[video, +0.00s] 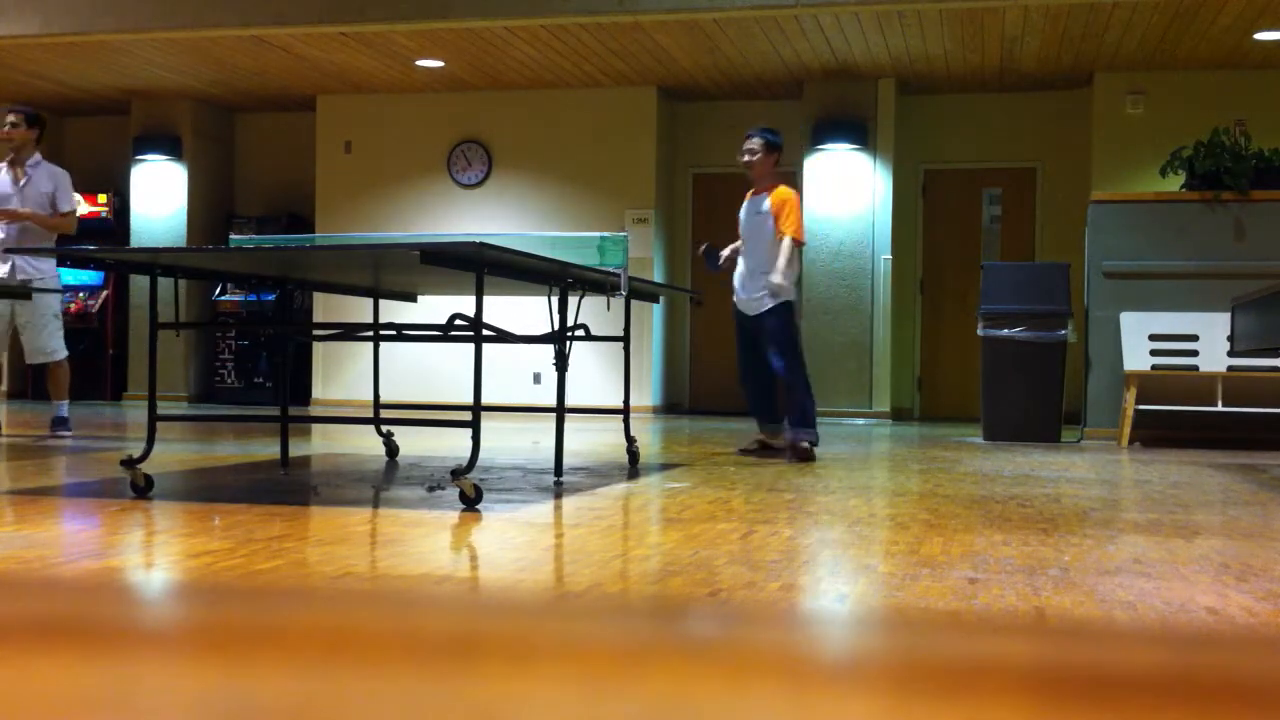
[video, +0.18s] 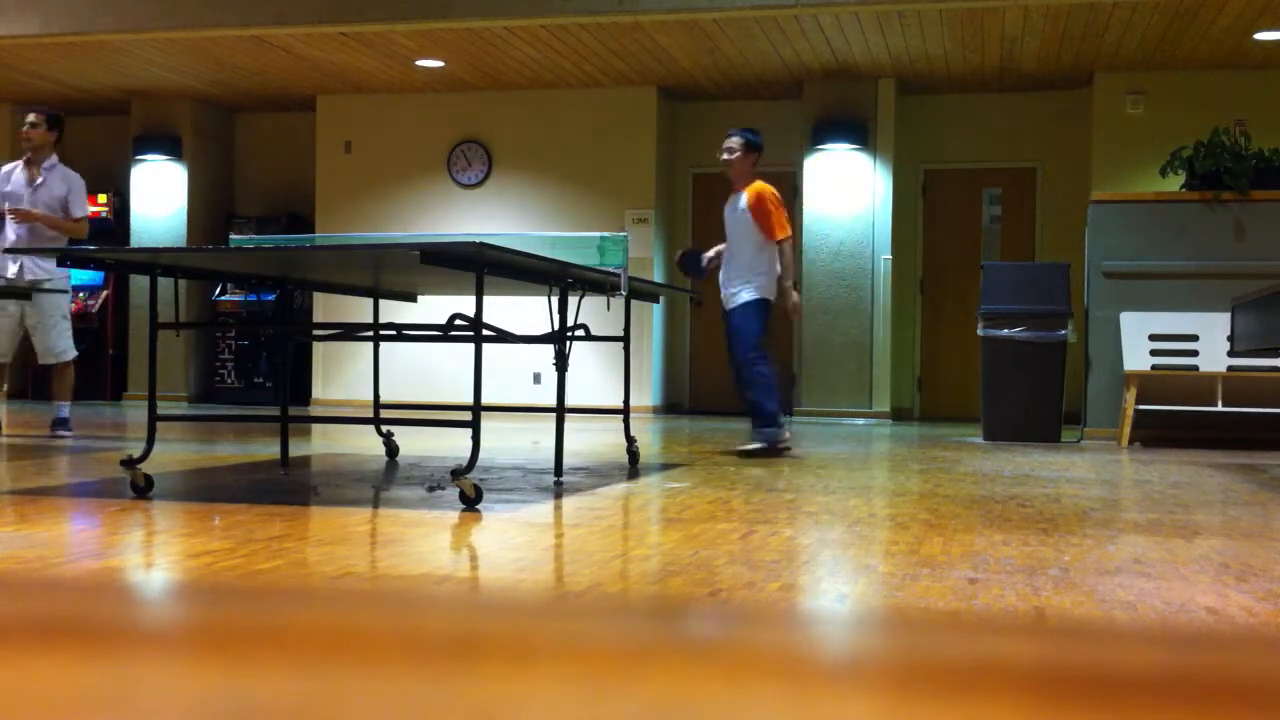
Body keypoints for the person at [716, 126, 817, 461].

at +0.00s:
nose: (746, 158)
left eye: (753, 152)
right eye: (744, 152)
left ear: (773, 157)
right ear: (743, 158)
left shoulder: (785, 196)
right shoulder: (749, 200)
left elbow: (789, 239)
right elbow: (750, 240)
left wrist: (780, 274)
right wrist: (730, 249)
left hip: (773, 297)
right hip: (745, 298)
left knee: (786, 364)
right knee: (754, 368)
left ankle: (802, 437)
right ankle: (771, 435)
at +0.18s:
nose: (723, 156)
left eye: (731, 150)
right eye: (723, 151)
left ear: (752, 157)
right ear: (724, 157)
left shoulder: (761, 193)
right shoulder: (734, 200)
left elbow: (785, 240)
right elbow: (742, 242)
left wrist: (788, 287)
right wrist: (716, 252)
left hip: (753, 291)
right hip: (734, 292)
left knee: (749, 358)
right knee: (742, 360)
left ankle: (771, 431)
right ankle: (766, 428)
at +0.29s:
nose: (712, 156)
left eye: (720, 150)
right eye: (712, 151)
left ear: (740, 156)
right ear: (713, 158)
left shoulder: (753, 191)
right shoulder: (722, 200)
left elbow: (776, 235)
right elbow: (729, 240)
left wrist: (779, 283)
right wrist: (699, 247)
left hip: (745, 289)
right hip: (725, 291)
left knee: (725, 357)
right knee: (750, 359)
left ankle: (721, 434)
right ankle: (776, 431)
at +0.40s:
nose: (701, 160)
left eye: (708, 154)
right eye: (700, 155)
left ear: (728, 160)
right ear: (702, 161)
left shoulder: (740, 194)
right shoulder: (708, 201)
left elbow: (765, 240)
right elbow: (706, 243)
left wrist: (765, 285)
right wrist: (678, 244)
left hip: (733, 292)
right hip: (715, 293)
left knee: (704, 359)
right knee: (744, 362)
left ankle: (682, 433)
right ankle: (776, 429)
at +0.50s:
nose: (681, 160)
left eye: (688, 155)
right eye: (681, 155)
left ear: (708, 160)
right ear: (687, 161)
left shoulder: (720, 197)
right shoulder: (689, 198)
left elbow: (733, 251)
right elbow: (679, 241)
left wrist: (734, 301)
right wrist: (657, 244)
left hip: (710, 296)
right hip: (694, 295)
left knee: (684, 361)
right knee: (722, 362)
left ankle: (669, 433)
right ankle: (765, 421)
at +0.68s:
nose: (664, 159)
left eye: (670, 153)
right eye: (662, 154)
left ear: (690, 157)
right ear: (666, 159)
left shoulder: (700, 191)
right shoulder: (672, 194)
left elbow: (688, 236)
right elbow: (661, 233)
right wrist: (642, 253)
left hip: (695, 290)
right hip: (671, 289)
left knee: (684, 363)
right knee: (665, 358)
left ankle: (673, 437)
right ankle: (715, 409)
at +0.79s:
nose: (651, 159)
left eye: (658, 153)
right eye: (650, 153)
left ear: (679, 156)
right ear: (651, 158)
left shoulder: (691, 189)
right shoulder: (659, 195)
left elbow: (677, 223)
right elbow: (656, 239)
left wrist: (635, 238)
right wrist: (635, 265)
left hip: (690, 292)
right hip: (662, 291)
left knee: (683, 364)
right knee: (647, 358)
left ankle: (676, 434)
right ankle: (667, 422)